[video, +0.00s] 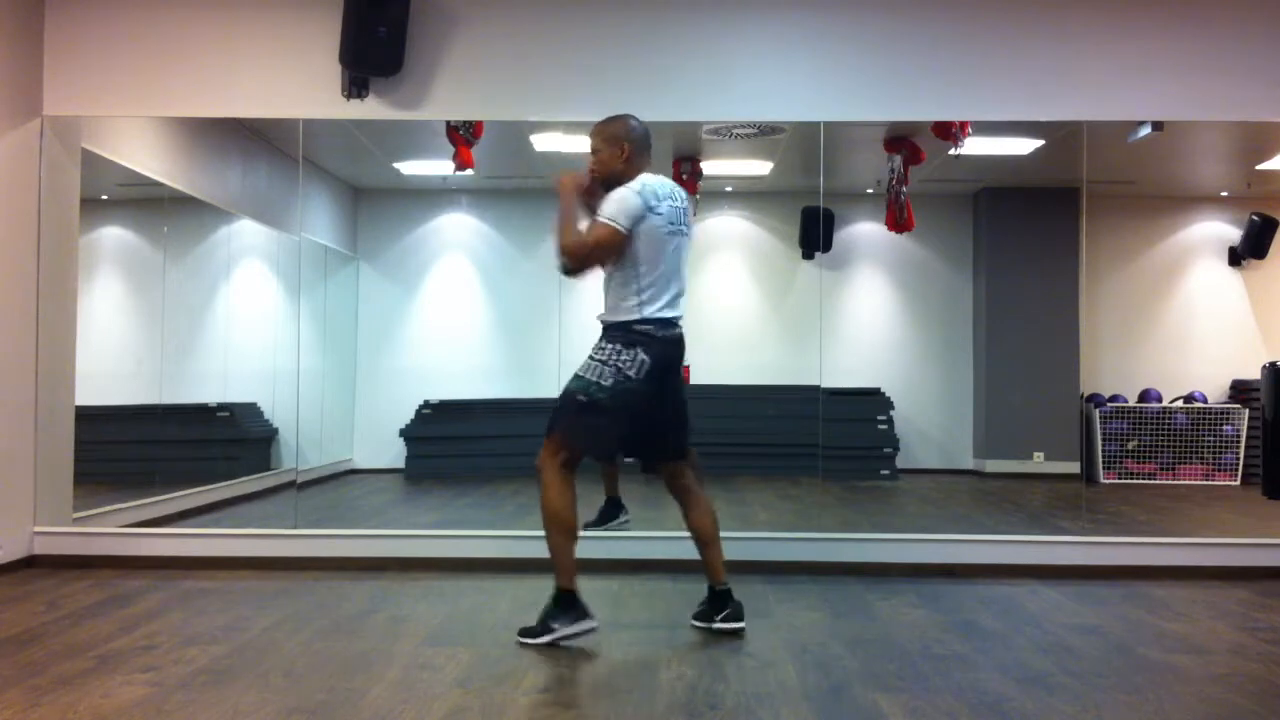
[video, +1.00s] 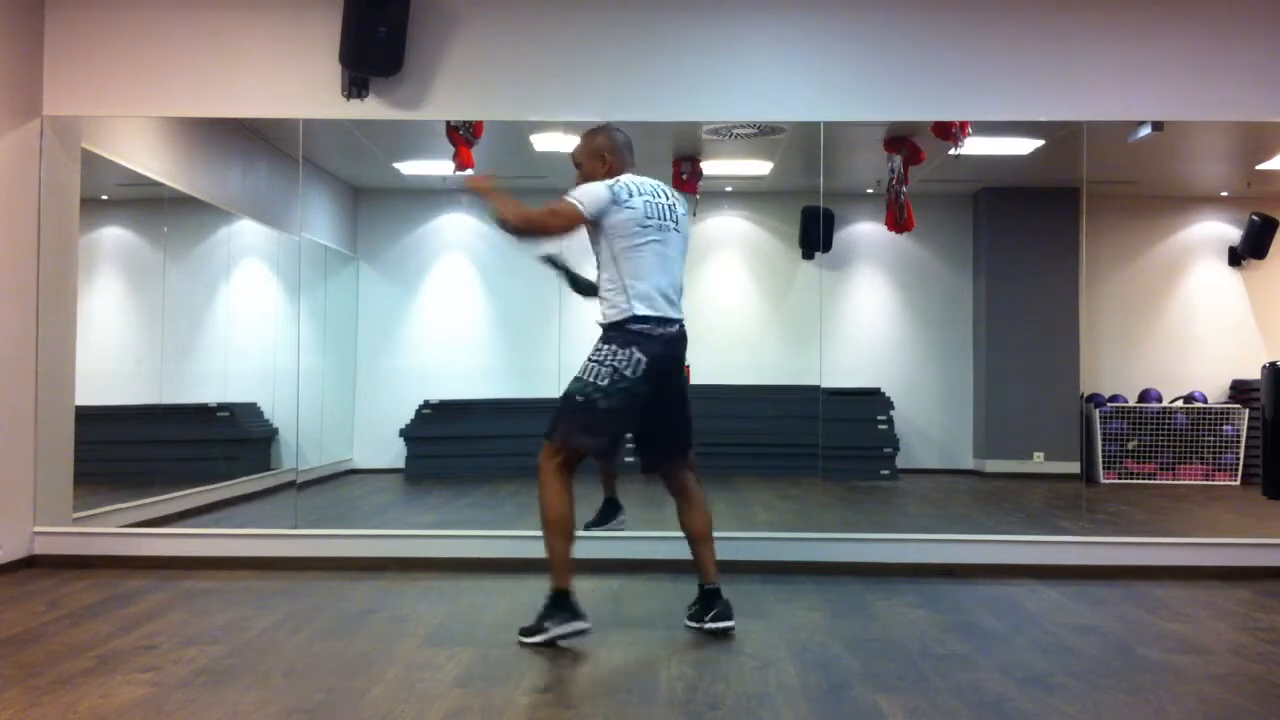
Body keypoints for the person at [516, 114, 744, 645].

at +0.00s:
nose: (591, 161)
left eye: (596, 151)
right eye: (591, 151)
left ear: (623, 151)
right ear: (639, 150)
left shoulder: (631, 194)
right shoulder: (676, 197)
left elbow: (573, 257)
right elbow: (610, 254)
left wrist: (569, 199)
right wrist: (591, 202)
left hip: (628, 346)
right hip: (663, 346)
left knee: (554, 460)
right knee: (681, 474)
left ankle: (567, 601)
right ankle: (722, 598)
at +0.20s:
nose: (614, 164)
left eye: (616, 155)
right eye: (614, 156)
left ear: (635, 150)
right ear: (662, 152)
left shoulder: (622, 181)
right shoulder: (705, 202)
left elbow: (537, 189)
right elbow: (646, 263)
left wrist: (467, 180)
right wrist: (573, 264)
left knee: (562, 457)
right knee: (696, 476)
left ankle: (537, 586)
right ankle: (723, 598)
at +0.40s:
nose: (595, 163)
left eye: (599, 153)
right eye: (595, 154)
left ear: (627, 149)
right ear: (640, 149)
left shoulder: (631, 184)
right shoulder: (680, 197)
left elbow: (570, 235)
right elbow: (656, 275)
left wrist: (534, 198)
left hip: (636, 343)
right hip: (671, 345)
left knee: (566, 460)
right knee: (682, 473)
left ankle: (579, 605)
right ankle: (722, 598)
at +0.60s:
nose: (587, 167)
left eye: (592, 156)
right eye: (584, 158)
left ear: (626, 152)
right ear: (612, 155)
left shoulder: (665, 199)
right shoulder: (613, 195)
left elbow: (633, 263)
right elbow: (532, 203)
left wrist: (593, 204)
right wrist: (478, 182)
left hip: (645, 349)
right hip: (623, 346)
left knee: (580, 460)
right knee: (656, 473)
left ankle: (582, 605)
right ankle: (729, 575)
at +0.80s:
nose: (576, 169)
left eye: (581, 159)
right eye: (573, 160)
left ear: (614, 153)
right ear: (608, 154)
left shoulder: (649, 198)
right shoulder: (608, 199)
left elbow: (607, 268)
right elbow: (542, 229)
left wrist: (582, 206)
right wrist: (497, 192)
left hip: (641, 351)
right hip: (623, 350)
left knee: (576, 463)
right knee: (646, 472)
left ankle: (582, 606)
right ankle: (722, 576)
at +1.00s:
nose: (578, 177)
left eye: (581, 167)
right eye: (577, 168)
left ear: (606, 159)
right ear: (621, 158)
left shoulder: (605, 192)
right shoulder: (673, 200)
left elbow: (529, 223)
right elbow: (648, 282)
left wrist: (488, 189)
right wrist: (583, 283)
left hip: (624, 350)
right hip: (670, 351)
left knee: (555, 462)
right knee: (680, 472)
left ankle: (561, 603)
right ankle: (712, 598)